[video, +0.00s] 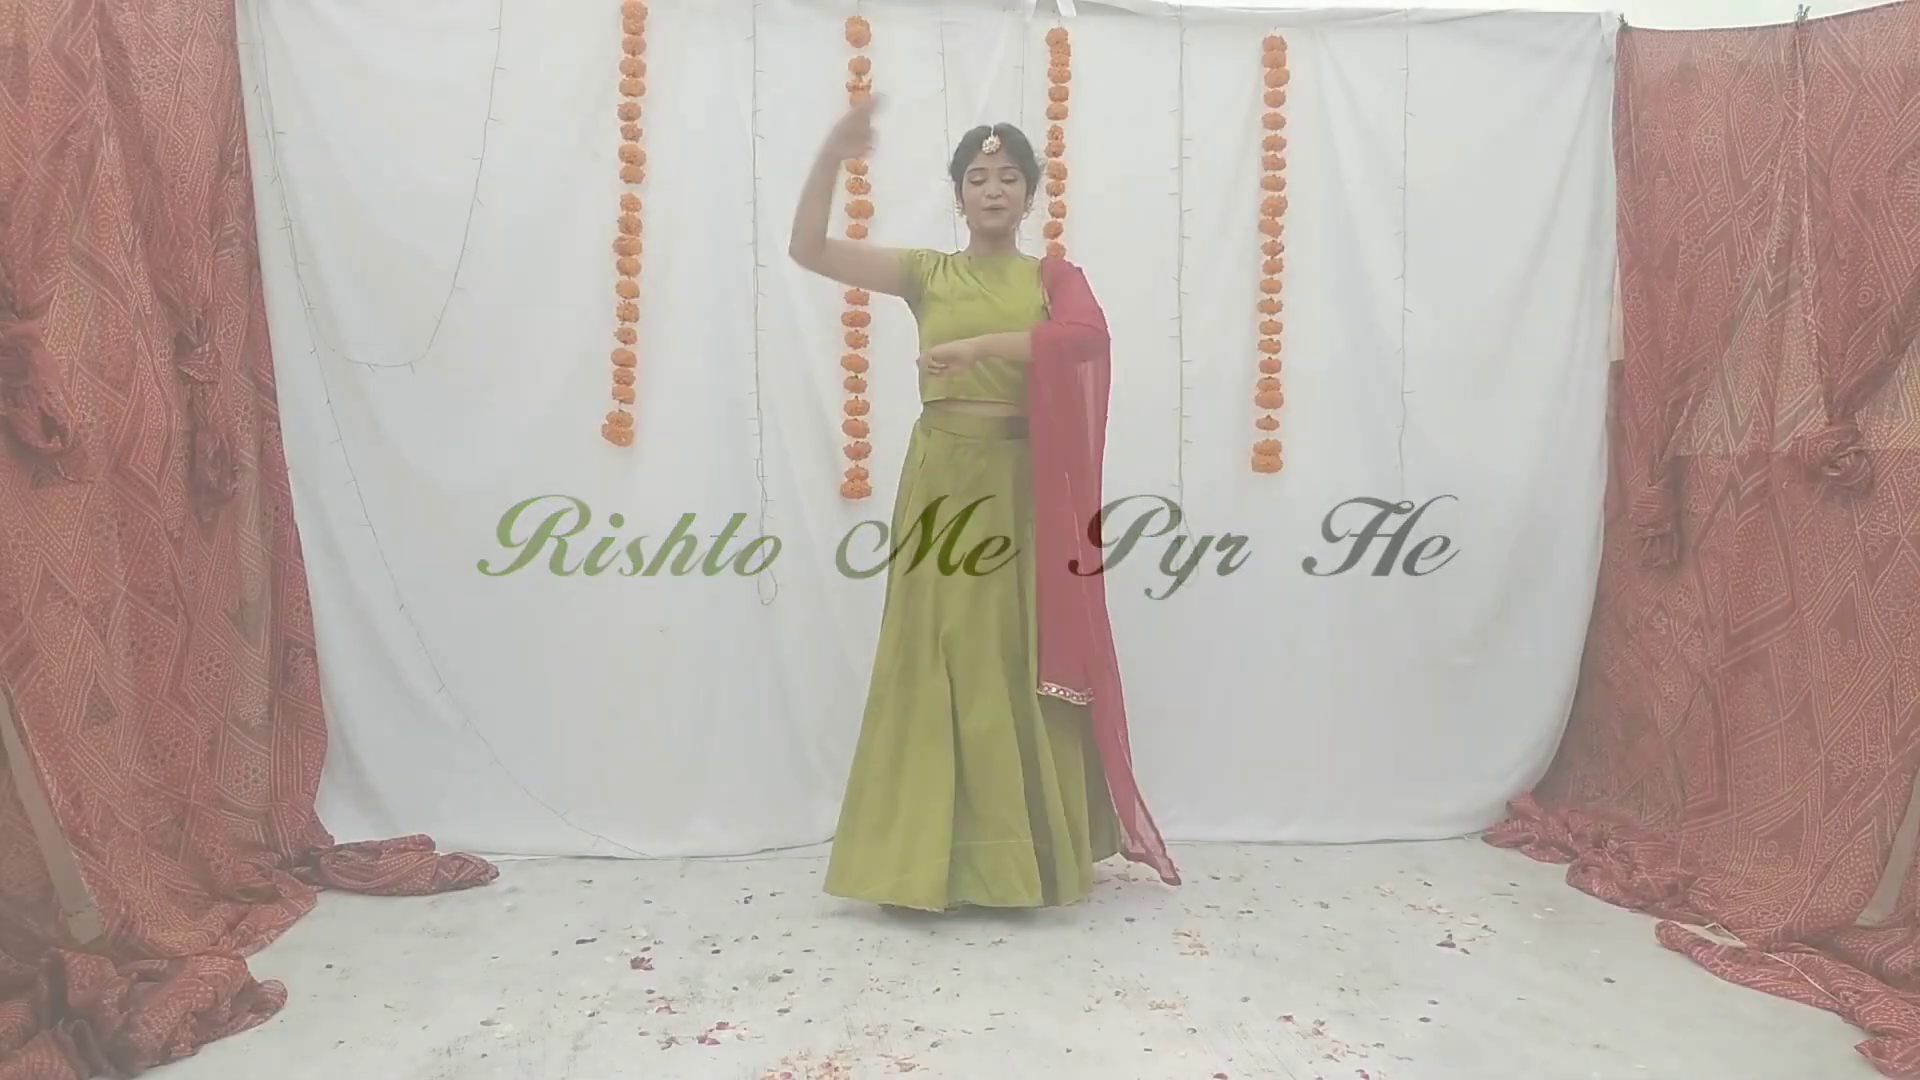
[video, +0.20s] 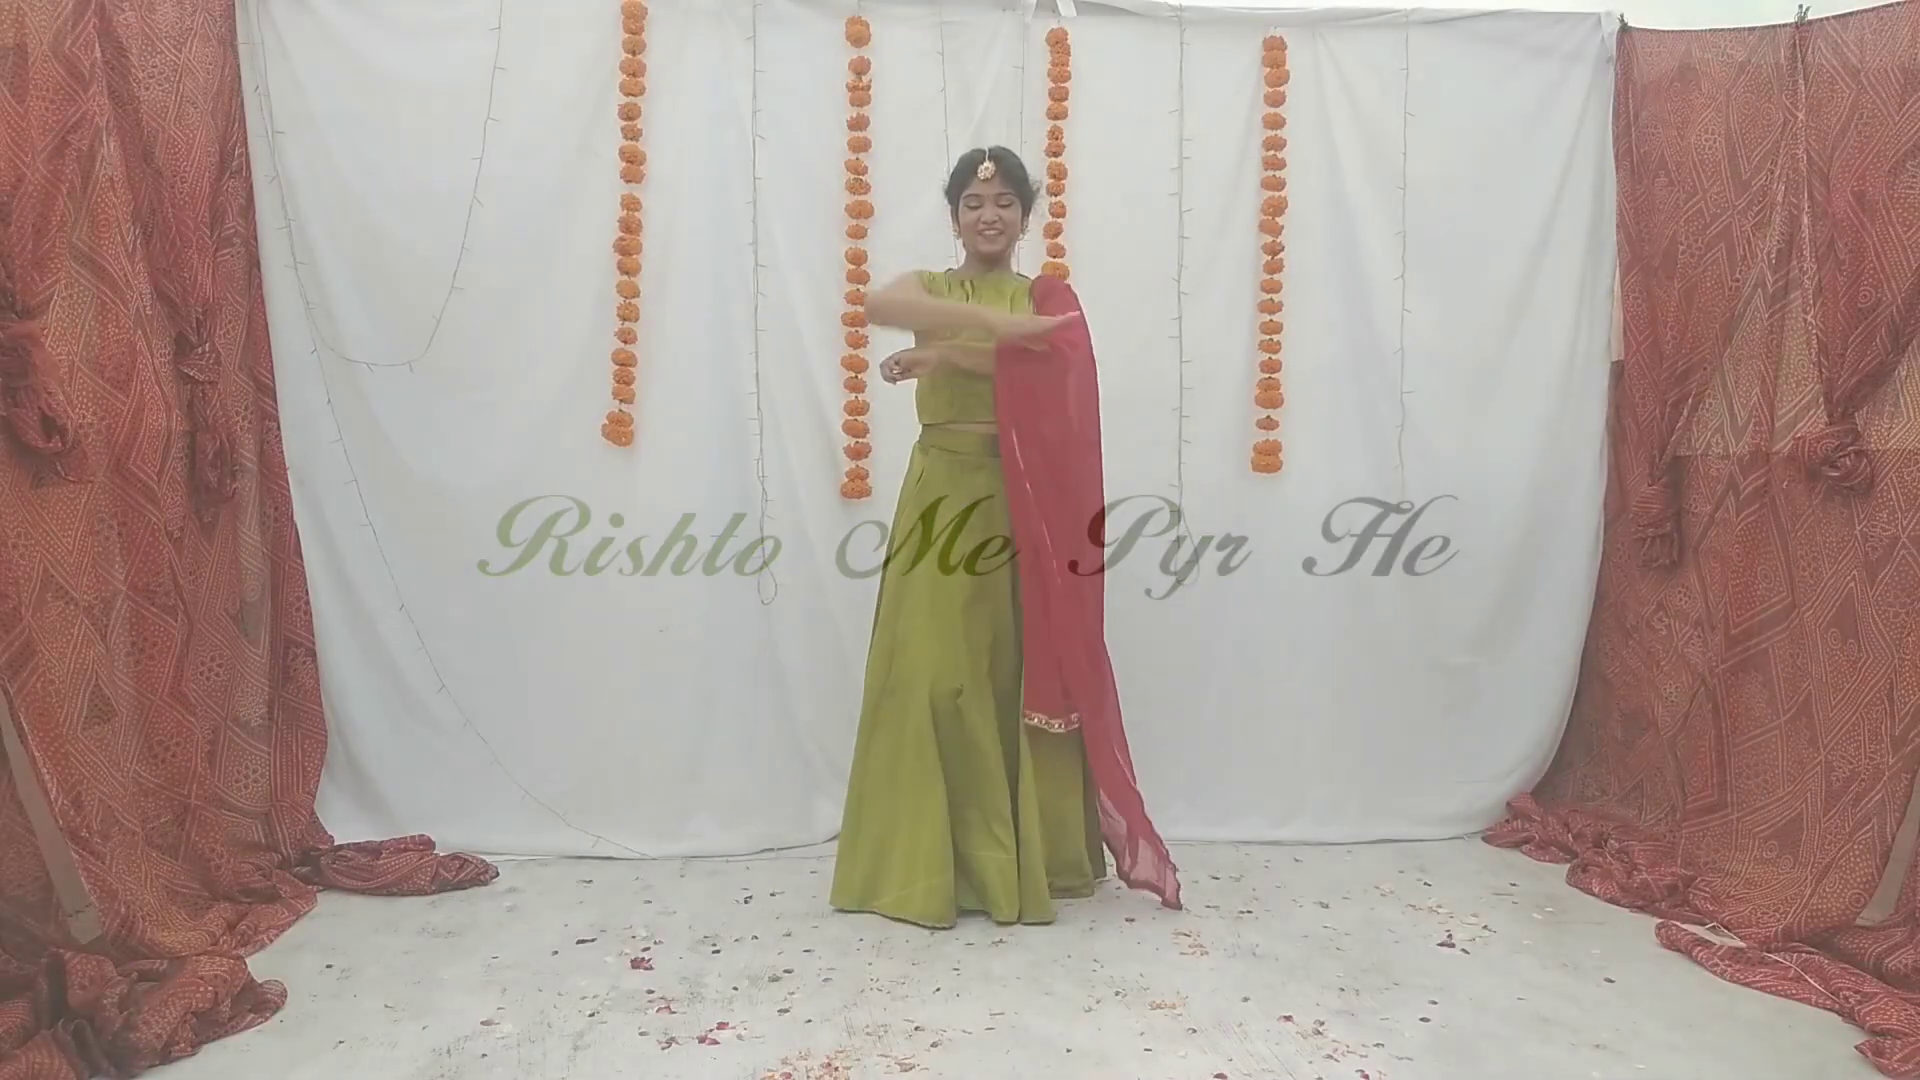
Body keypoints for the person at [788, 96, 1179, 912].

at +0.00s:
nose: (993, 189)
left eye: (1007, 177)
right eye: (979, 176)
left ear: (1029, 194)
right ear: (958, 192)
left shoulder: (1052, 278)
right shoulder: (928, 272)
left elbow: (1089, 341)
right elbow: (810, 248)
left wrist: (981, 348)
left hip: (1025, 475)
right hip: (941, 473)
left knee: (1019, 660)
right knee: (937, 658)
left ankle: (1021, 858)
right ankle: (929, 861)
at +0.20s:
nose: (988, 214)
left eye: (1002, 202)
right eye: (974, 202)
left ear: (1025, 215)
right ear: (954, 215)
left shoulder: (1044, 301)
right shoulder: (930, 286)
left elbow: (1039, 370)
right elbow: (879, 303)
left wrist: (941, 352)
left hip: (1019, 503)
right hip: (937, 501)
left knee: (1013, 679)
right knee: (929, 679)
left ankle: (1018, 864)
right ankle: (926, 868)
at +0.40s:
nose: (987, 236)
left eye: (1003, 224)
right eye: (974, 223)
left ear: (1023, 238)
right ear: (954, 232)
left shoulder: (1040, 314)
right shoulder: (933, 312)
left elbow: (1041, 368)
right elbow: (907, 297)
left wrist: (942, 340)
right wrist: (945, 200)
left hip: (1016, 516)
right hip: (936, 514)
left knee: (1012, 685)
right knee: (927, 686)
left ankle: (1008, 866)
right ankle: (920, 869)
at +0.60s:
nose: (985, 175)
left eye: (999, 164)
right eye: (971, 163)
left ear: (1019, 180)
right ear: (947, 181)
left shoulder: (1037, 262)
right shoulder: (922, 260)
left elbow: (1034, 305)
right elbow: (875, 226)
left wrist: (933, 264)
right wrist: (847, 138)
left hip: (1005, 465)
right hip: (926, 458)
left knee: (996, 648)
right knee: (923, 650)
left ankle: (990, 847)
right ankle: (923, 853)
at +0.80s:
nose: (971, 187)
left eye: (986, 176)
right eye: (956, 176)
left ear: (1006, 192)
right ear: (936, 193)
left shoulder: (1022, 275)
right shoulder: (913, 272)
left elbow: (1030, 326)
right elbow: (879, 250)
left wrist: (928, 285)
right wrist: (870, 148)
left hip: (1001, 477)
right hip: (924, 469)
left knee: (1001, 654)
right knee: (917, 658)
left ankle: (1002, 847)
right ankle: (912, 858)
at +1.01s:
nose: (968, 247)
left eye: (982, 234)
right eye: (954, 235)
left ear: (999, 245)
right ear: (931, 248)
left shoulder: (1018, 321)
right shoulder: (907, 322)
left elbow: (1041, 364)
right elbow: (871, 326)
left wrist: (946, 375)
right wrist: (915, 234)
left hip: (1001, 515)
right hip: (920, 511)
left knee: (1001, 679)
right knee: (912, 678)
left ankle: (1006, 861)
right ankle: (903, 870)